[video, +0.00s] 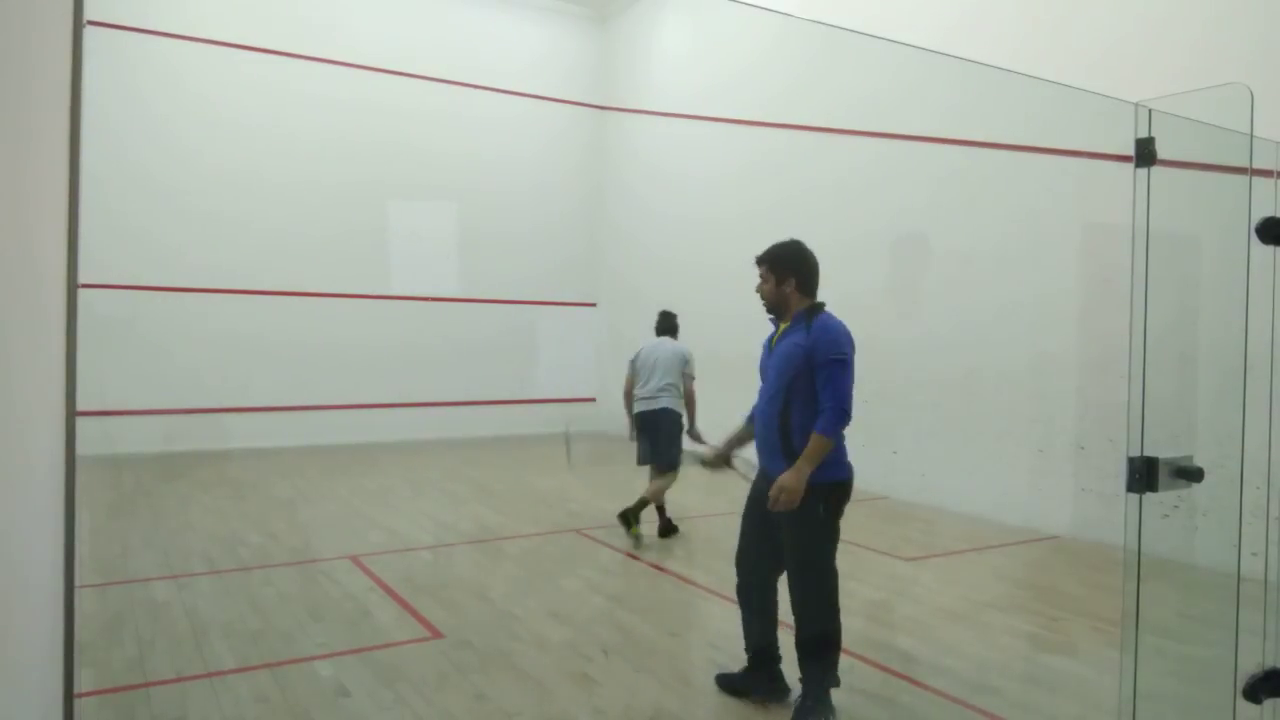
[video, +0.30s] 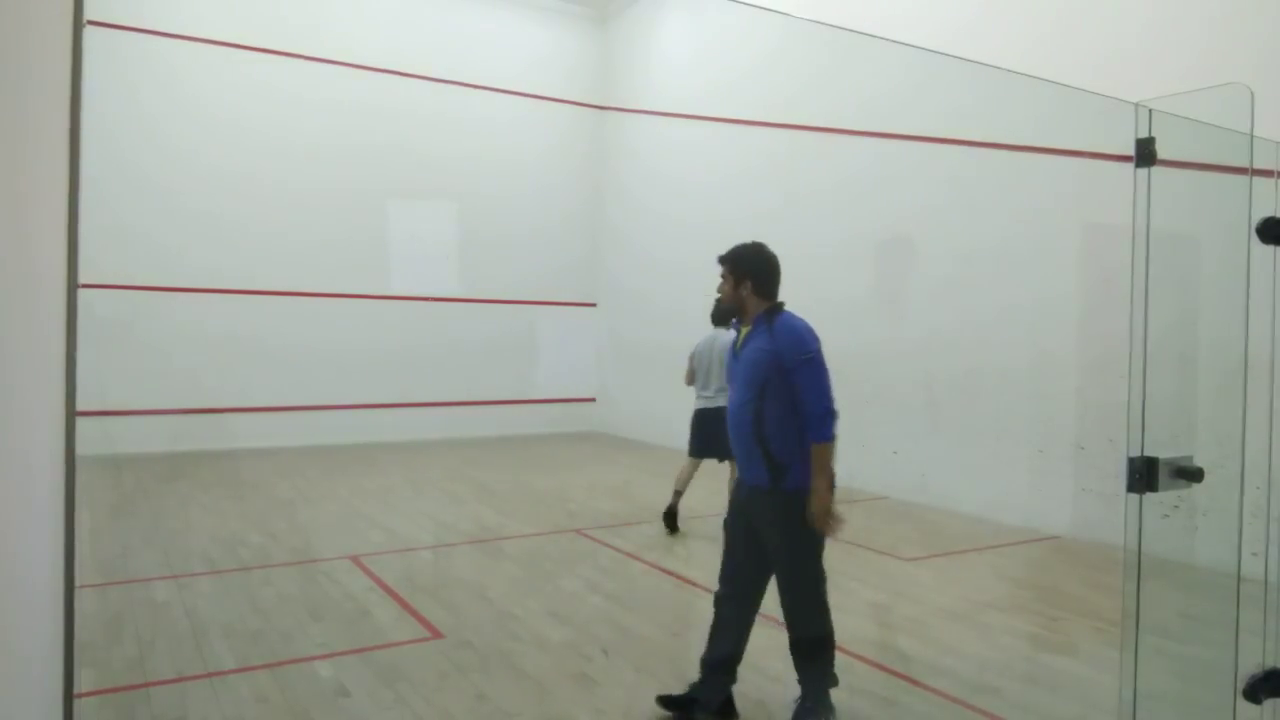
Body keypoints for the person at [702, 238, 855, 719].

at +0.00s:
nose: (758, 289)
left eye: (764, 279)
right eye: (759, 280)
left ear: (790, 282)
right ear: (787, 283)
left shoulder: (829, 336)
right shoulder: (777, 337)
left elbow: (836, 414)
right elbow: (769, 404)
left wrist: (800, 471)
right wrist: (729, 445)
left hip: (815, 483)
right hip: (772, 477)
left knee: (812, 585)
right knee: (753, 571)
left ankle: (816, 691)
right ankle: (763, 671)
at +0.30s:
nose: (720, 289)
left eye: (725, 280)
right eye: (721, 280)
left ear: (748, 284)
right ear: (750, 284)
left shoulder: (793, 336)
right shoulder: (744, 338)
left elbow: (820, 419)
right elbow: (747, 419)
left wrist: (821, 494)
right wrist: (738, 484)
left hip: (792, 495)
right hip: (751, 493)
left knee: (804, 600)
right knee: (735, 595)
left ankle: (816, 696)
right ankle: (713, 690)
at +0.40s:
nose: (697, 285)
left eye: (700, 277)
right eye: (699, 276)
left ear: (714, 282)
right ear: (730, 283)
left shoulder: (764, 334)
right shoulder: (713, 337)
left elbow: (766, 417)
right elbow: (703, 406)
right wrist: (669, 453)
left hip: (756, 486)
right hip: (717, 483)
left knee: (752, 596)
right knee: (713, 596)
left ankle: (808, 681)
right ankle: (709, 696)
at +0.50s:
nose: (682, 283)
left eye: (688, 274)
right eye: (684, 274)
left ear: (706, 278)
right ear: (711, 279)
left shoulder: (746, 327)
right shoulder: (694, 334)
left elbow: (743, 402)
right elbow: (684, 402)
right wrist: (633, 436)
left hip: (741, 483)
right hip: (703, 480)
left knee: (715, 591)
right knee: (701, 590)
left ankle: (774, 694)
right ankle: (709, 697)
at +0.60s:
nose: (671, 284)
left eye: (676, 275)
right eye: (671, 275)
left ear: (700, 277)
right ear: (701, 278)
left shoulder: (738, 327)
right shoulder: (700, 327)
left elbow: (692, 382)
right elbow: (679, 397)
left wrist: (667, 328)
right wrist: (642, 444)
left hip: (729, 487)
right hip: (697, 482)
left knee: (712, 596)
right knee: (694, 592)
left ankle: (721, 703)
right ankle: (708, 695)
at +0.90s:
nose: (661, 268)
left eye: (671, 262)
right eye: (665, 260)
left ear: (697, 276)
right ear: (696, 277)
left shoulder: (717, 328)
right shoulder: (692, 327)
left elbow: (638, 373)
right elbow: (701, 415)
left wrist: (636, 338)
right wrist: (676, 478)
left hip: (718, 492)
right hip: (683, 487)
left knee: (714, 598)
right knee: (653, 579)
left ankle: (728, 706)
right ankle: (689, 685)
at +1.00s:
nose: (646, 275)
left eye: (651, 267)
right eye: (649, 266)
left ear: (667, 276)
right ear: (685, 277)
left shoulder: (701, 332)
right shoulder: (674, 331)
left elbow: (687, 420)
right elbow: (674, 413)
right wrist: (654, 468)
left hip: (713, 493)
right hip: (678, 488)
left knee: (712, 614)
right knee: (656, 604)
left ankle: (730, 710)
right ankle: (642, 704)